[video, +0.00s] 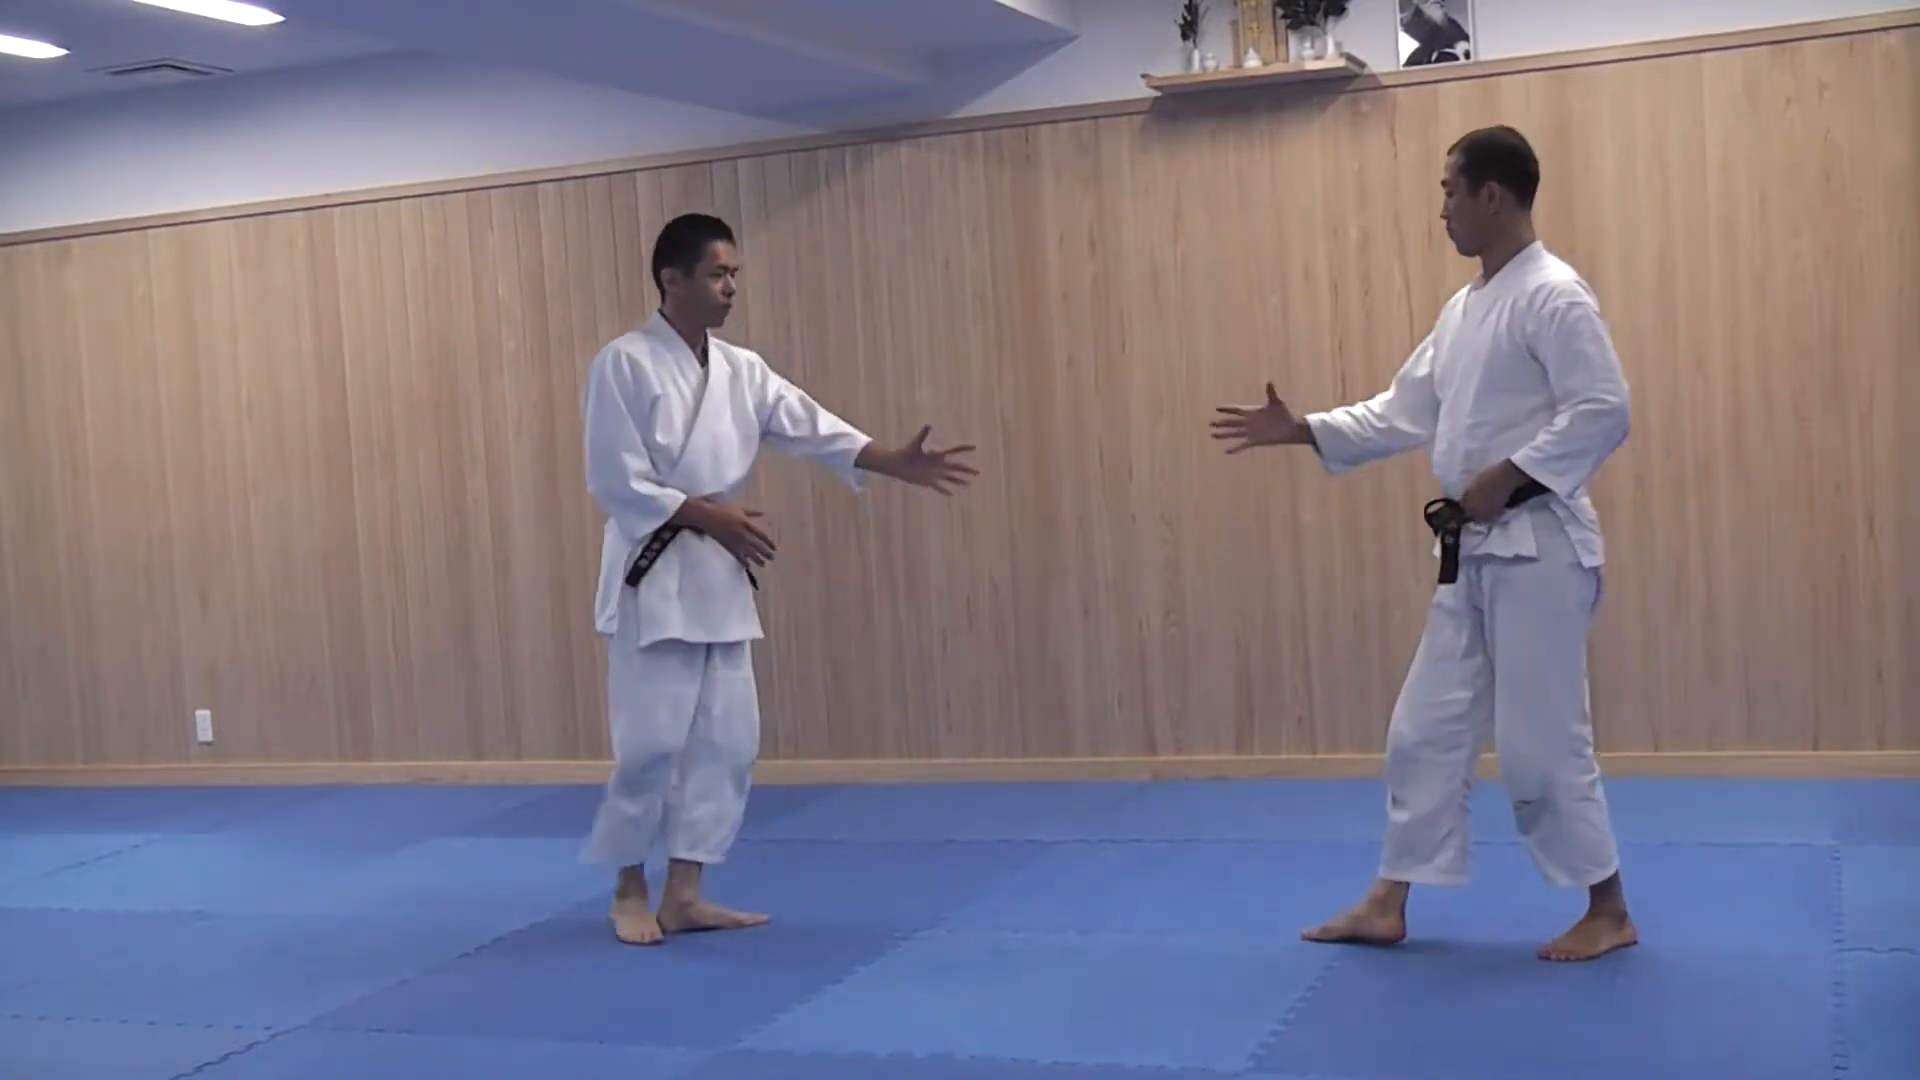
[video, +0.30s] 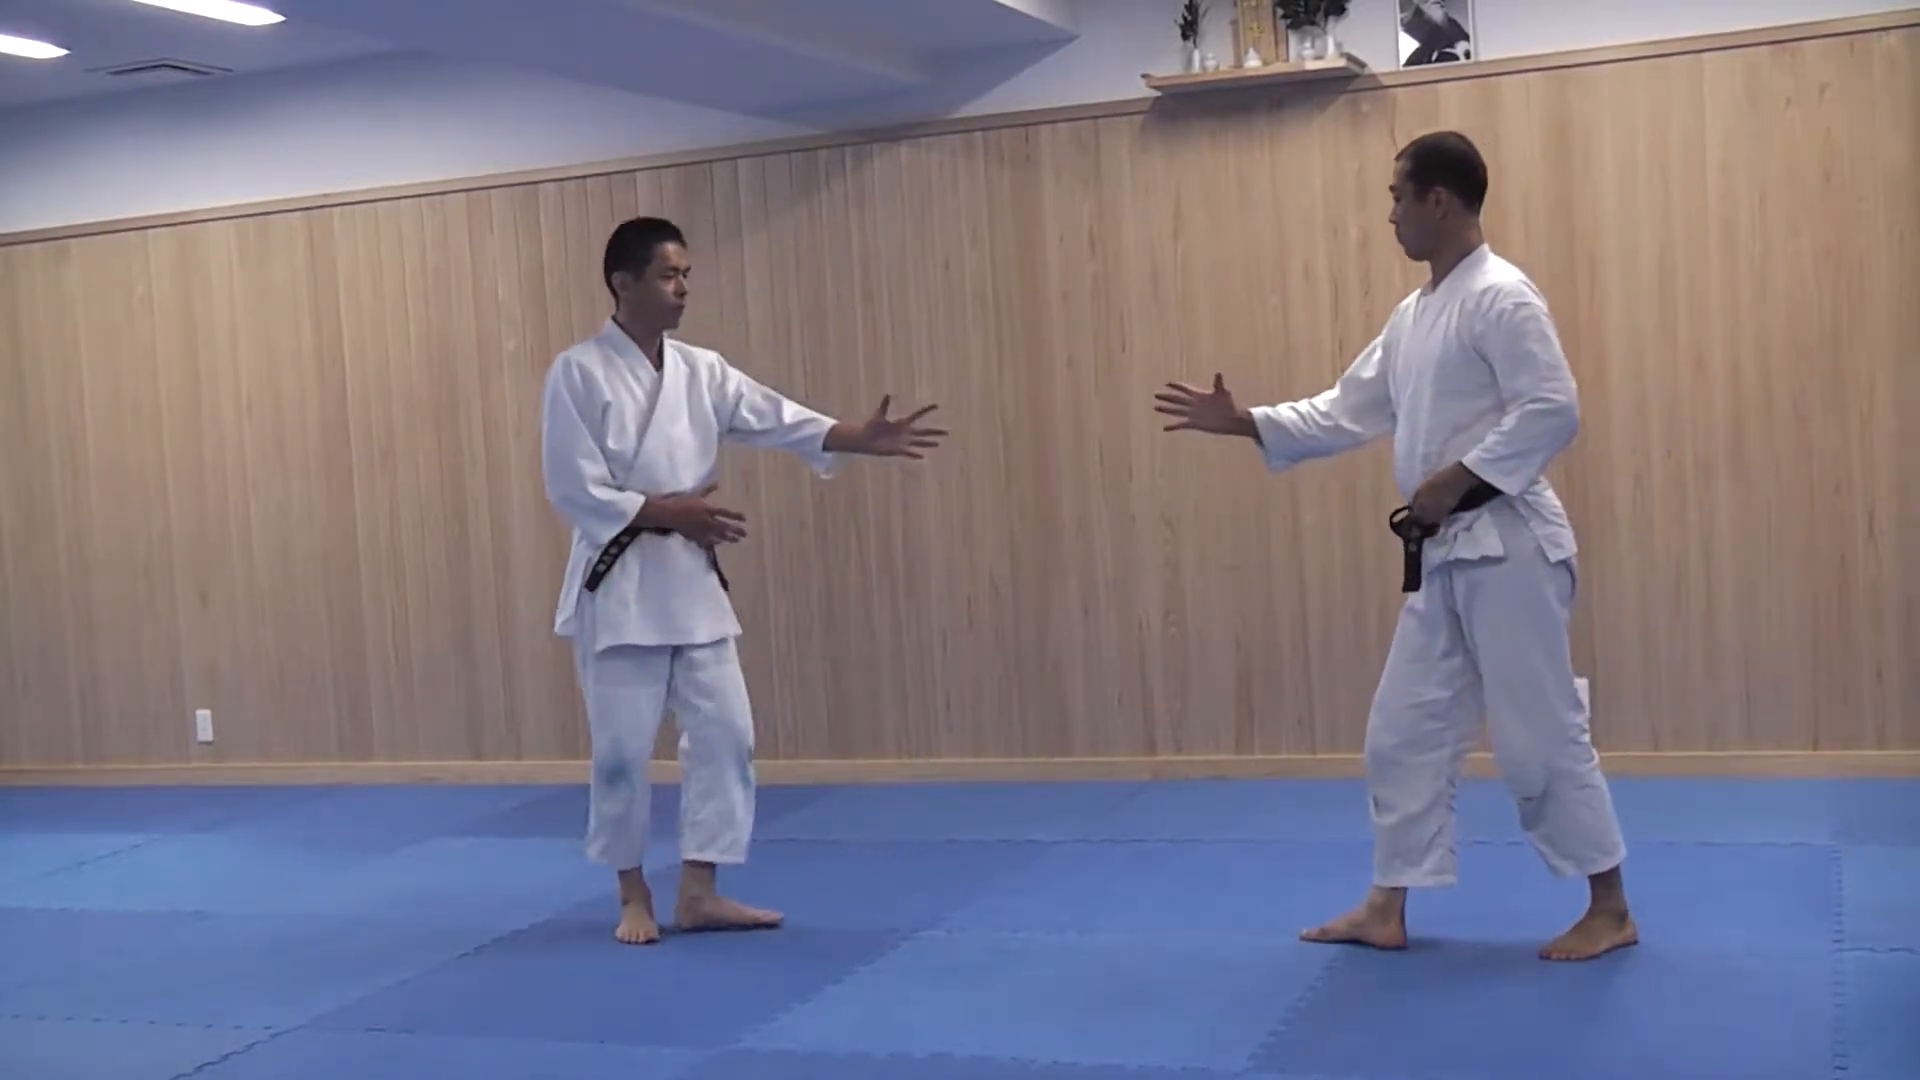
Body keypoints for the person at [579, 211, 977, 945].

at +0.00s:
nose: (732, 287)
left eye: (735, 274)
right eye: (718, 274)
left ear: (731, 279)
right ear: (670, 280)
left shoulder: (741, 368)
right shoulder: (624, 364)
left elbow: (811, 425)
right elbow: (618, 480)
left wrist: (892, 460)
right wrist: (709, 516)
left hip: (723, 575)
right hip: (654, 579)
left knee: (727, 741)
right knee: (650, 743)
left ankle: (682, 896)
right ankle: (630, 893)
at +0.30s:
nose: (683, 288)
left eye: (686, 275)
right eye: (669, 276)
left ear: (684, 280)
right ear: (622, 284)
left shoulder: (700, 368)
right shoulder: (578, 372)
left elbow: (776, 417)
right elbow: (575, 488)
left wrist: (859, 437)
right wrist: (673, 514)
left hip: (693, 580)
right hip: (622, 587)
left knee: (725, 733)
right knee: (620, 751)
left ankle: (698, 893)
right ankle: (632, 897)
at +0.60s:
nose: (671, 290)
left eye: (675, 277)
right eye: (656, 278)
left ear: (675, 282)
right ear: (610, 286)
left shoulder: (693, 368)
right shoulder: (568, 376)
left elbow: (768, 423)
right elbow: (568, 490)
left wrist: (847, 451)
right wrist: (660, 521)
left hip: (700, 578)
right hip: (624, 586)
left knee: (735, 730)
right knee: (625, 753)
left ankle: (715, 893)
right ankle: (634, 898)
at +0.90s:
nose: (709, 298)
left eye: (712, 286)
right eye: (694, 286)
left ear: (711, 292)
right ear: (647, 294)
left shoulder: (732, 377)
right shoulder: (605, 385)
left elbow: (810, 426)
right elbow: (604, 500)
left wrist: (896, 452)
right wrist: (698, 529)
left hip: (744, 586)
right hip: (666, 595)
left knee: (814, 730)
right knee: (659, 764)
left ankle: (861, 895)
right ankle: (638, 905)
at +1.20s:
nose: (841, 310)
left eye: (844, 297)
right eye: (825, 298)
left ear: (845, 301)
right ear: (778, 305)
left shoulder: (868, 392)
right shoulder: (734, 402)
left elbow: (961, 426)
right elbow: (723, 517)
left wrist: (1059, 438)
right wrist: (813, 546)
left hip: (873, 607)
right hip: (787, 612)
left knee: (970, 739)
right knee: (734, 769)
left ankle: (1027, 901)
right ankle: (655, 879)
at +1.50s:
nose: (990, 273)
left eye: (995, 260)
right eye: (976, 260)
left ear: (995, 265)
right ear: (926, 263)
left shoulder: (1008, 354)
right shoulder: (870, 352)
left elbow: (1095, 405)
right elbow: (851, 476)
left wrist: (1195, 439)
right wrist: (943, 513)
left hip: (990, 573)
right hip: (908, 575)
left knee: (1043, 732)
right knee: (882, 750)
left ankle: (1035, 900)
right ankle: (828, 884)